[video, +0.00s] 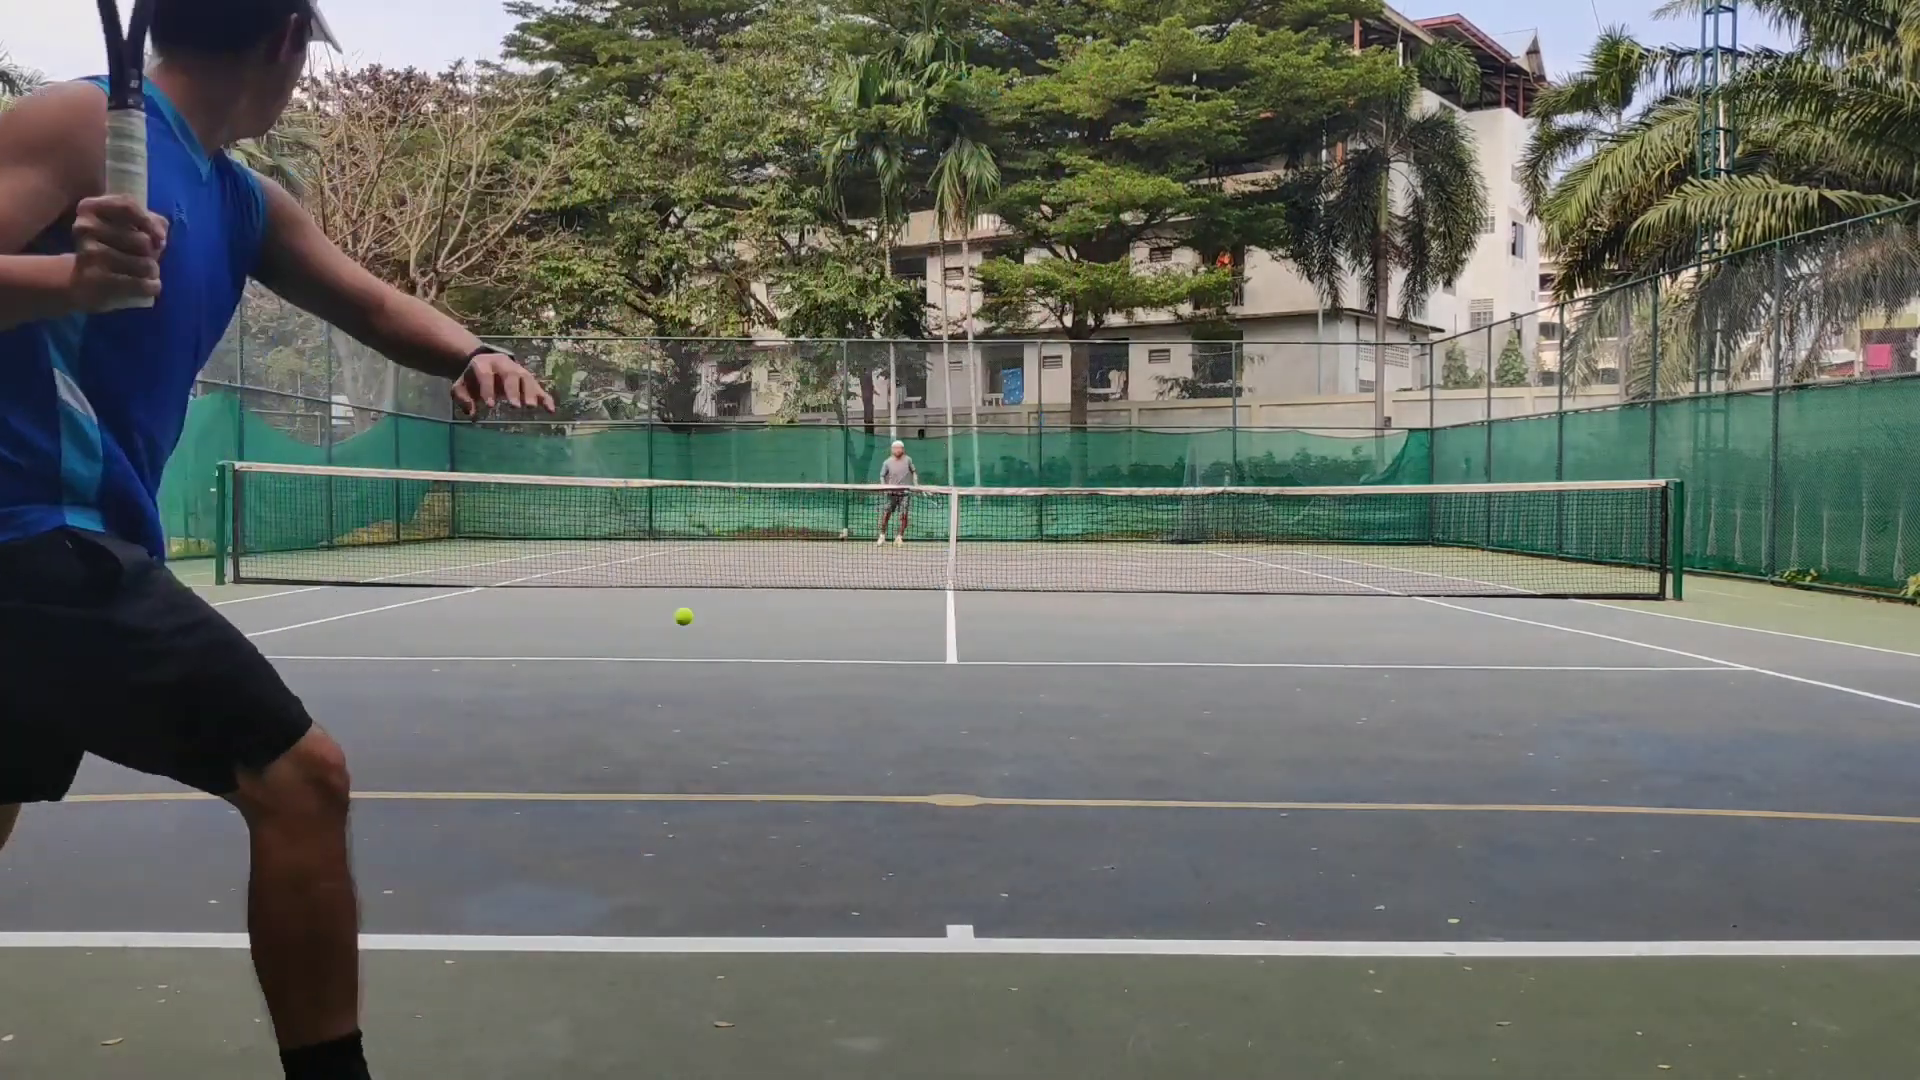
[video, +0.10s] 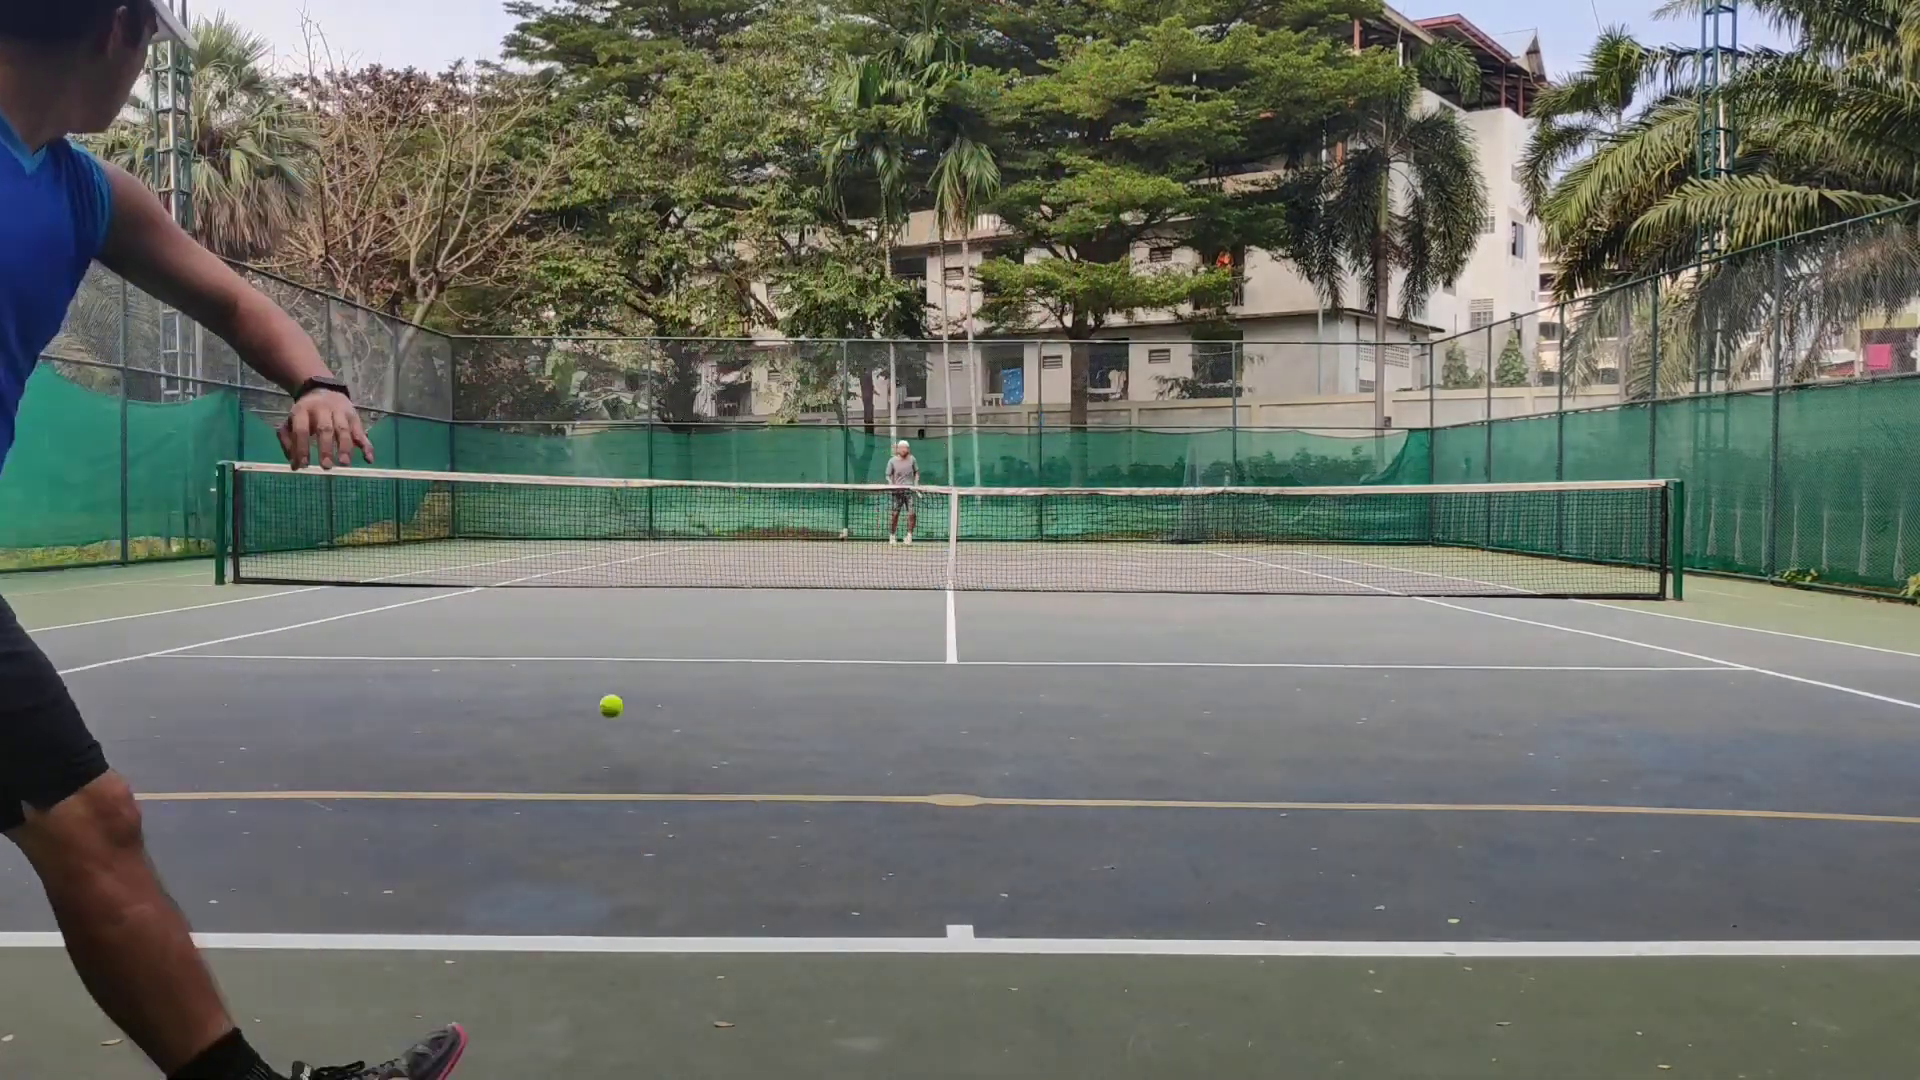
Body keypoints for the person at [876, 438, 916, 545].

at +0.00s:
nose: (897, 450)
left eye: (899, 448)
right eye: (895, 448)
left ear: (903, 449)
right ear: (892, 450)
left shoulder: (907, 460)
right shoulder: (887, 462)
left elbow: (914, 472)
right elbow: (882, 476)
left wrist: (916, 485)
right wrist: (884, 486)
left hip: (904, 490)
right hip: (891, 490)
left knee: (904, 515)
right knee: (887, 513)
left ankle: (900, 535)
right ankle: (882, 534)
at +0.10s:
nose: (904, 450)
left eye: (906, 448)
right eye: (902, 448)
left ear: (908, 449)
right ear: (898, 449)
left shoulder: (912, 459)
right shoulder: (892, 461)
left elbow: (916, 472)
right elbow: (888, 475)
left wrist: (915, 484)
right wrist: (891, 484)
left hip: (909, 488)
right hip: (897, 488)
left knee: (911, 512)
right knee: (895, 512)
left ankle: (909, 534)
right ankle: (893, 534)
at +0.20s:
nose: (909, 453)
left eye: (911, 451)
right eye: (907, 451)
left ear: (914, 452)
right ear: (903, 452)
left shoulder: (918, 463)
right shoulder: (898, 464)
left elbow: (921, 476)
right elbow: (894, 478)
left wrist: (919, 485)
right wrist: (897, 487)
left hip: (915, 490)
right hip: (902, 490)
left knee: (922, 513)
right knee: (899, 514)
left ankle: (925, 535)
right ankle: (894, 536)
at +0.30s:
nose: (916, 456)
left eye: (918, 453)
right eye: (914, 453)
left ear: (921, 455)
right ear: (910, 455)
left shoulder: (924, 466)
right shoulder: (904, 467)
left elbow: (928, 479)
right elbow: (900, 481)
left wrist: (924, 488)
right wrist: (908, 487)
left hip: (921, 494)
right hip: (908, 495)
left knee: (931, 516)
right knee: (904, 515)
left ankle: (935, 535)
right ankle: (894, 536)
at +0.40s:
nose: (923, 456)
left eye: (925, 453)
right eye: (921, 453)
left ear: (928, 455)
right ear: (918, 455)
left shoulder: (933, 466)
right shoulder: (913, 467)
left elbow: (937, 479)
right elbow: (909, 482)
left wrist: (934, 488)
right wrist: (916, 489)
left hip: (930, 494)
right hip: (918, 495)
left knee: (937, 517)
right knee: (910, 515)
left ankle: (938, 537)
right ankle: (896, 535)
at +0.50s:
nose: (930, 453)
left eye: (932, 450)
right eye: (928, 450)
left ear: (935, 452)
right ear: (924, 452)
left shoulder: (940, 462)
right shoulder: (920, 464)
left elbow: (946, 476)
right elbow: (917, 479)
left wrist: (940, 486)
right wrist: (923, 487)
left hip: (937, 492)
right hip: (925, 492)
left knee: (939, 515)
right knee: (917, 511)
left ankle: (939, 536)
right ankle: (908, 532)